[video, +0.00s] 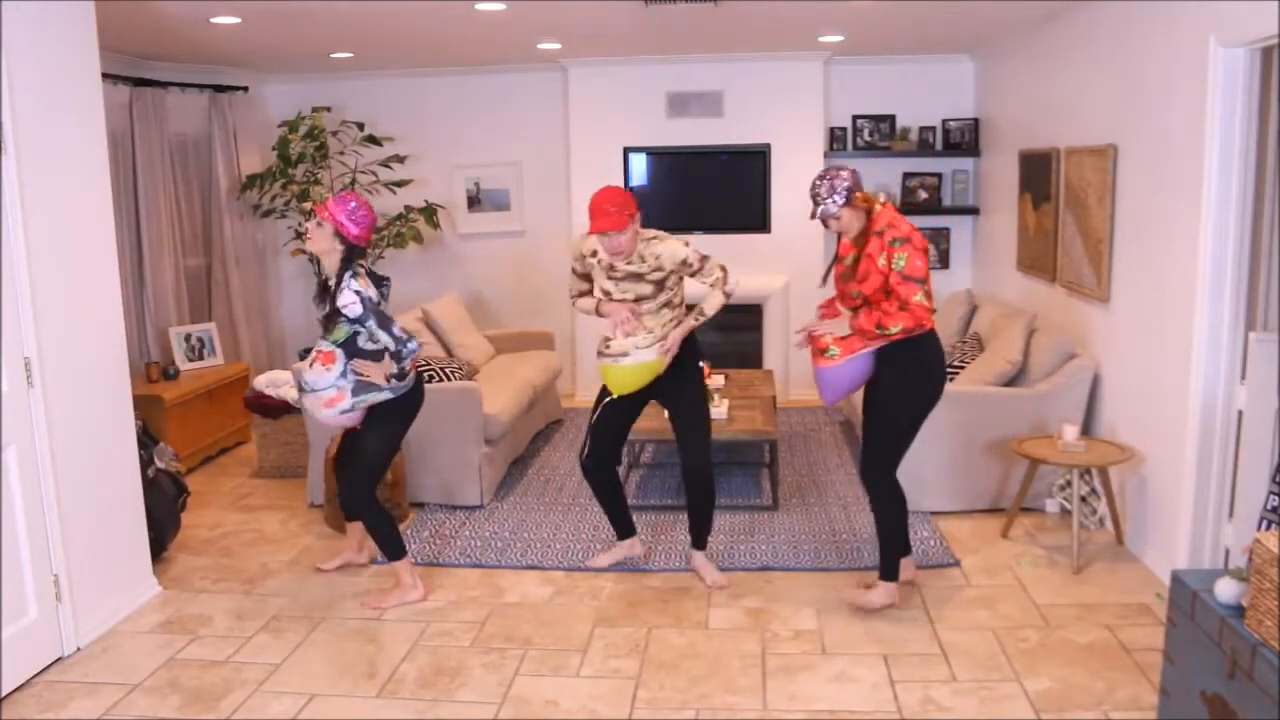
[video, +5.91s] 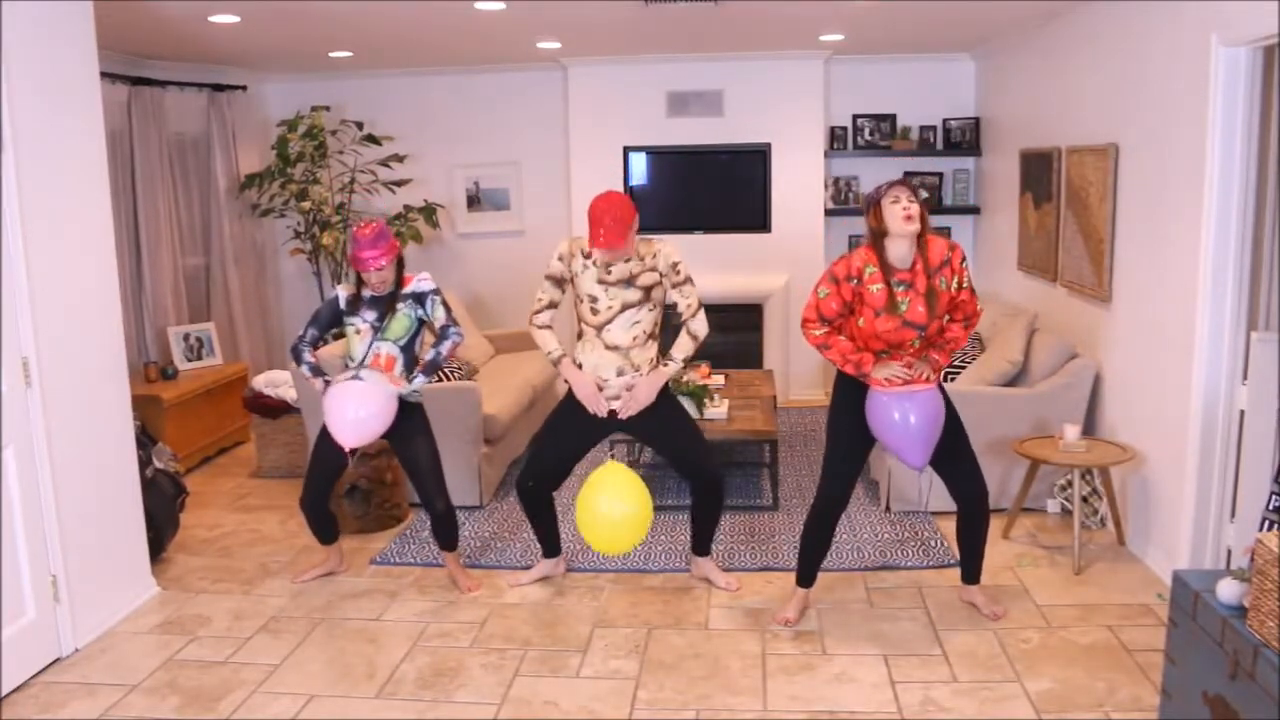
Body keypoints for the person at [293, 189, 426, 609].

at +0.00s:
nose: (307, 227)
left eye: (317, 223)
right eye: (312, 220)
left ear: (338, 237)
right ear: (336, 237)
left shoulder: (352, 286)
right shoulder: (340, 277)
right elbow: (350, 339)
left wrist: (392, 373)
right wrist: (315, 368)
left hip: (400, 393)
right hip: (378, 389)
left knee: (359, 484)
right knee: (344, 463)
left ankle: (410, 582)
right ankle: (358, 545)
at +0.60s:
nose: (323, 233)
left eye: (333, 226)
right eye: (318, 225)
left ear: (352, 236)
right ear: (311, 233)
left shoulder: (370, 279)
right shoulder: (309, 285)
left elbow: (425, 323)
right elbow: (300, 327)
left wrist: (381, 357)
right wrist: (308, 355)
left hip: (394, 385)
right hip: (347, 391)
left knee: (404, 468)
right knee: (320, 468)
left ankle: (447, 559)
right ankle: (355, 552)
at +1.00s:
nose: (374, 214)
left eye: (382, 206)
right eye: (367, 207)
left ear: (398, 214)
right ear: (357, 216)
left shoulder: (423, 265)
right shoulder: (344, 269)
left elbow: (459, 325)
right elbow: (314, 313)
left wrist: (417, 355)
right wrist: (336, 344)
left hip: (419, 376)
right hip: (365, 381)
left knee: (443, 461)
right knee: (331, 464)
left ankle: (455, 557)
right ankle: (350, 545)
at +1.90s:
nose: (356, 272)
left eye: (365, 264)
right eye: (349, 265)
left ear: (382, 271)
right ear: (341, 272)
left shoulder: (412, 318)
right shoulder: (332, 325)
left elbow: (461, 363)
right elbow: (312, 366)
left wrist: (422, 404)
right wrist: (347, 406)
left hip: (421, 401)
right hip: (365, 407)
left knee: (462, 476)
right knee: (314, 474)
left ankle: (457, 560)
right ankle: (333, 555)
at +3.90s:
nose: (362, 219)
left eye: (372, 215)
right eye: (356, 215)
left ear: (388, 232)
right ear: (347, 230)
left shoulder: (413, 277)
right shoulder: (332, 280)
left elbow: (458, 333)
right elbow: (302, 329)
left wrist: (416, 367)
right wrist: (332, 367)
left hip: (411, 384)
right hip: (356, 388)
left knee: (446, 468)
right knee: (321, 474)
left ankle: (456, 561)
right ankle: (333, 555)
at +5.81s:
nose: (374, 275)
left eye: (381, 266)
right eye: (367, 268)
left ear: (396, 257)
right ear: (356, 265)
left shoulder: (421, 288)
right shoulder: (344, 298)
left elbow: (452, 337)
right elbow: (303, 346)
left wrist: (415, 375)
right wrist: (325, 376)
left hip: (400, 398)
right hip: (350, 400)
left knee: (436, 495)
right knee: (311, 497)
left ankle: (454, 564)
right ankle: (333, 556)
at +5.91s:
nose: (375, 278)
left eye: (382, 269)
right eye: (367, 272)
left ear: (396, 260)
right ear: (356, 269)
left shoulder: (420, 291)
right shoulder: (344, 301)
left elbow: (452, 334)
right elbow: (301, 347)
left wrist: (417, 379)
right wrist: (322, 381)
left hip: (401, 401)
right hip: (350, 402)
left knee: (437, 499)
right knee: (312, 499)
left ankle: (454, 564)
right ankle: (333, 557)